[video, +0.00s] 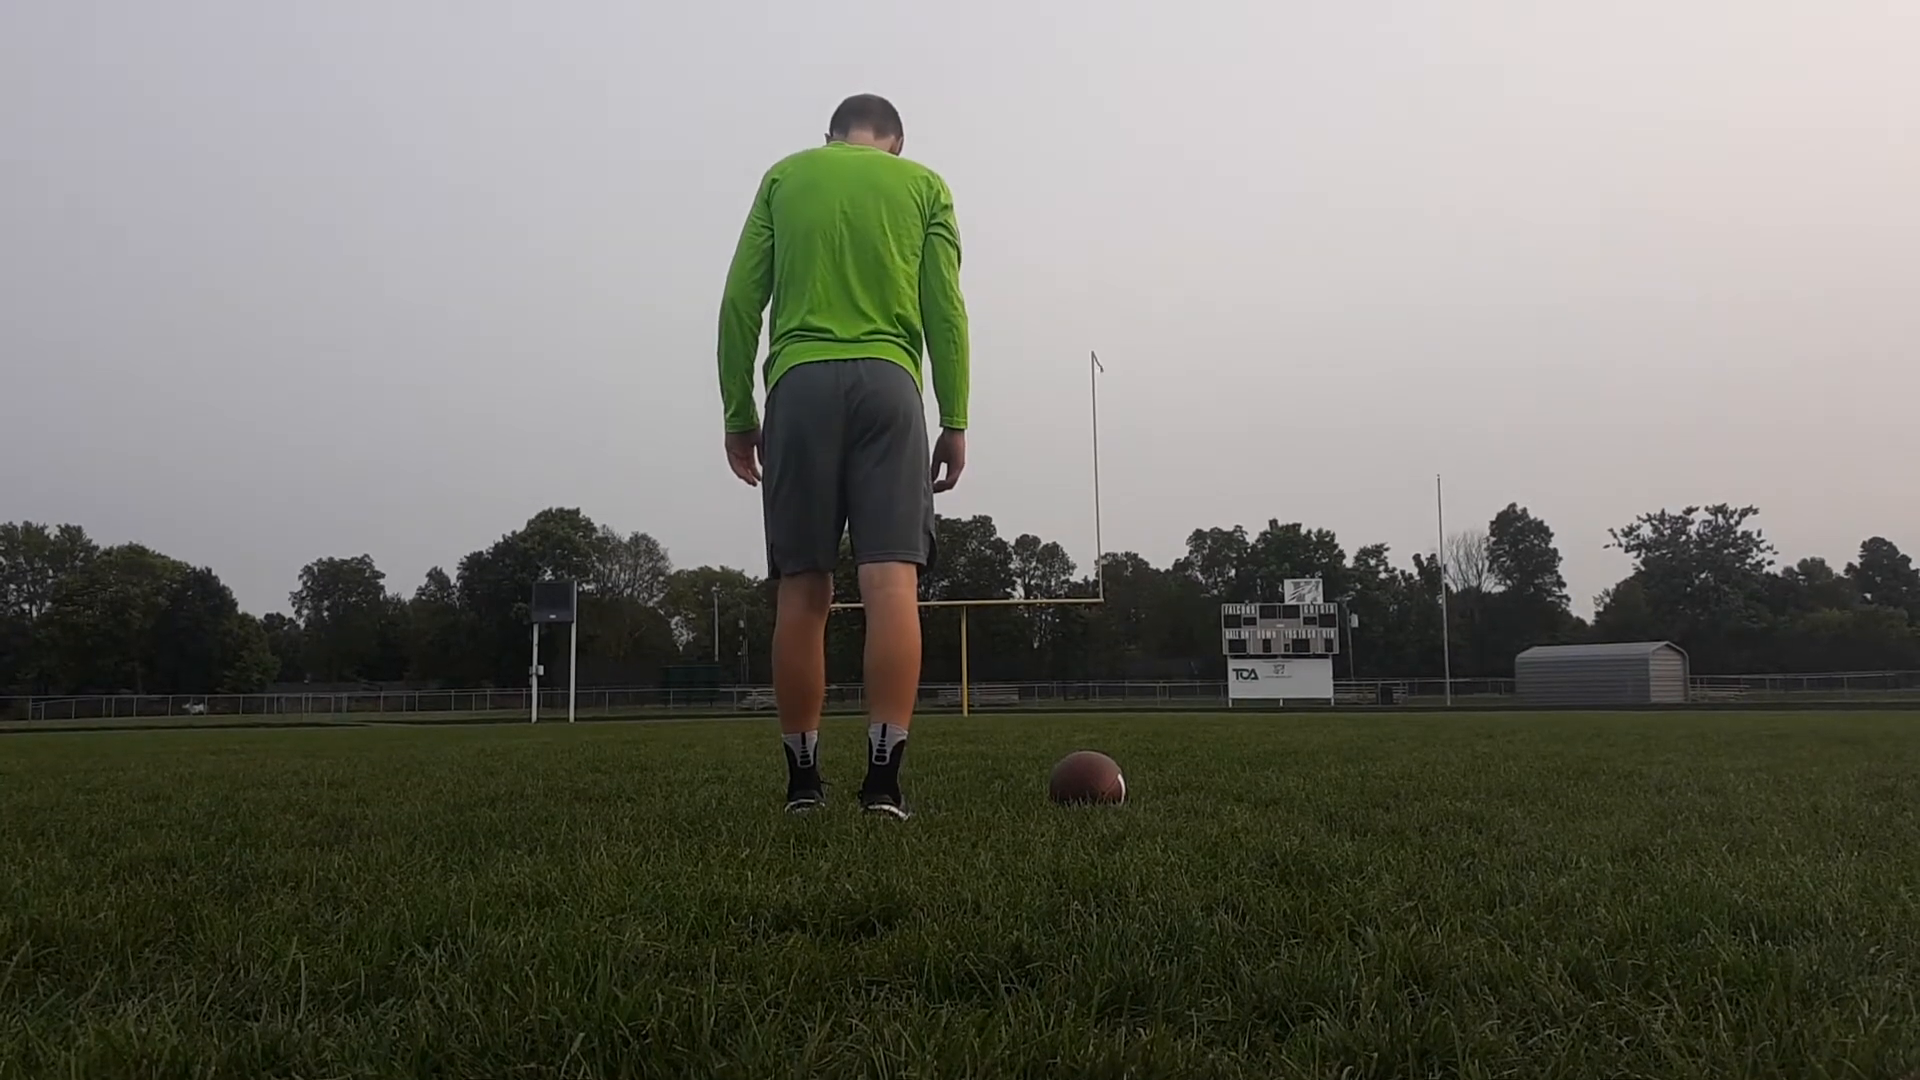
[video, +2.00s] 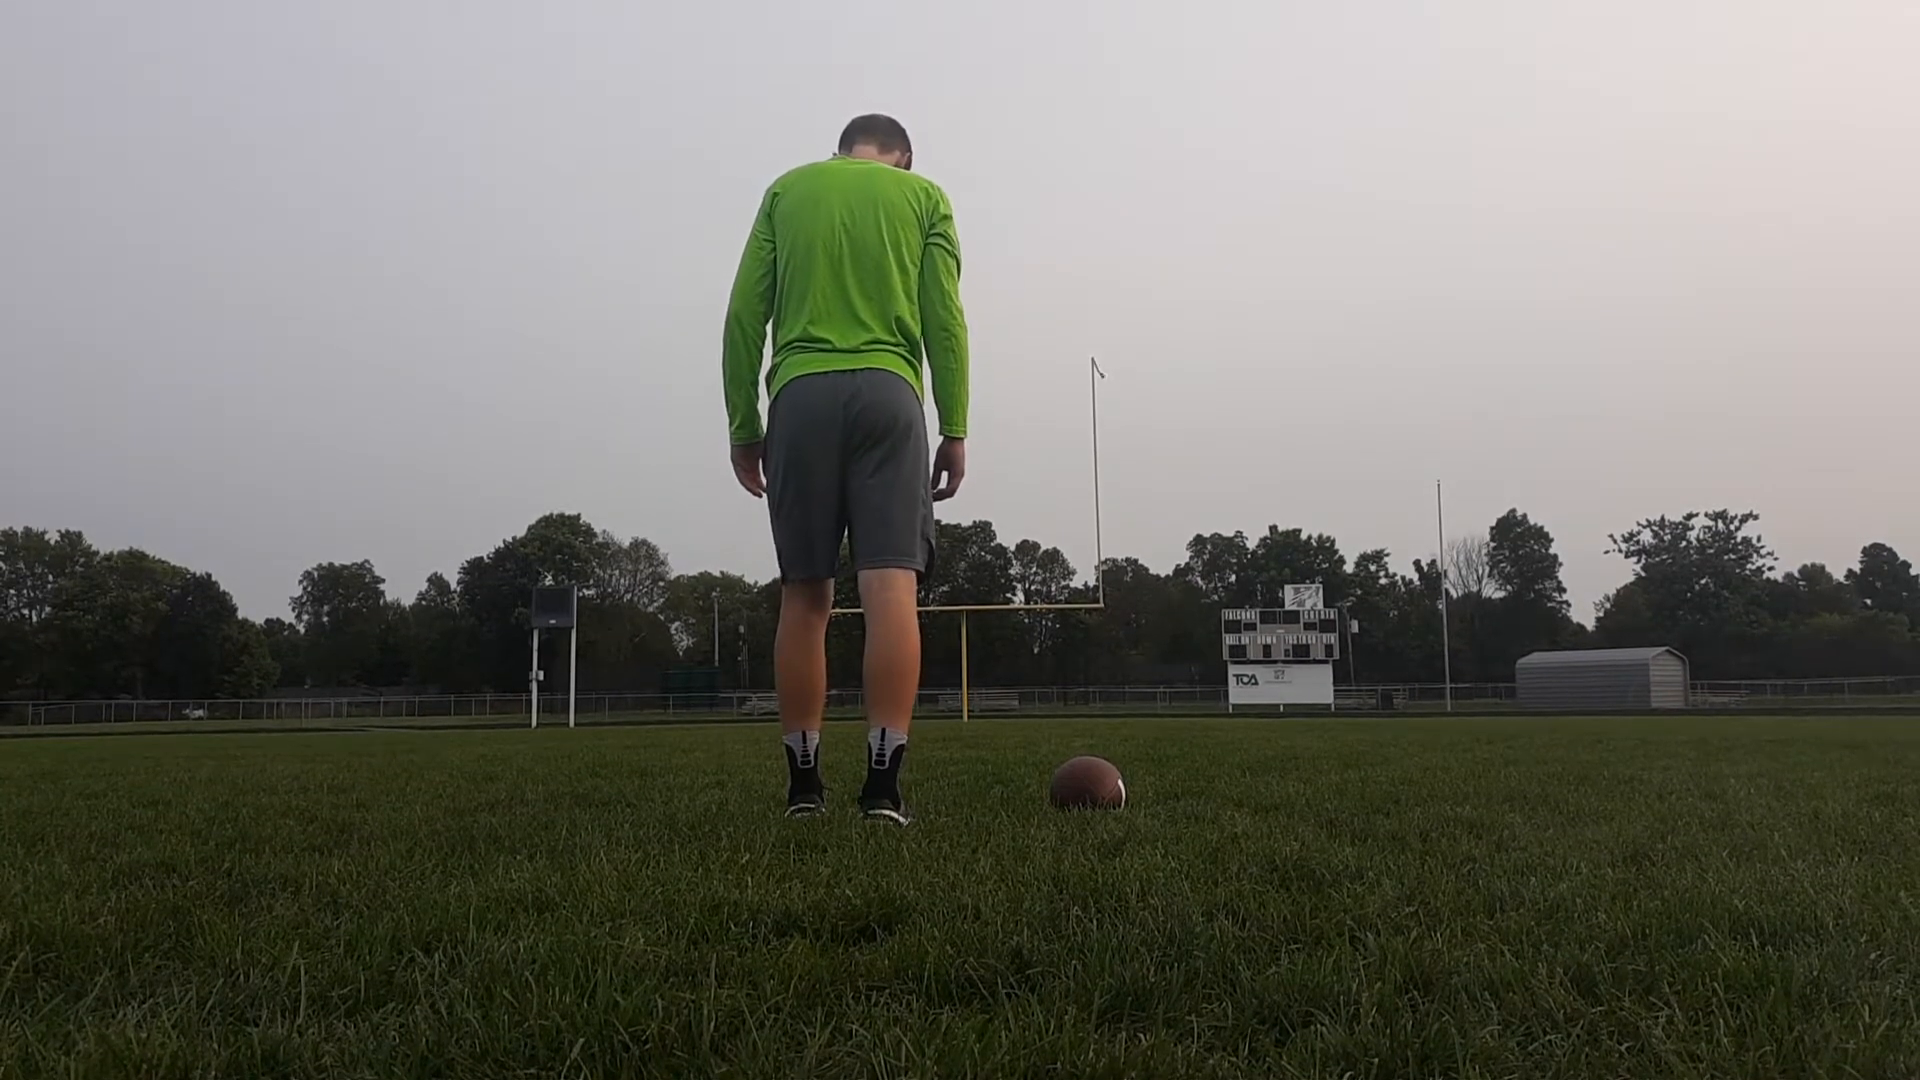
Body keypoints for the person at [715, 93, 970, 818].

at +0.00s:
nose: (895, 157)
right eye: (898, 146)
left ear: (831, 134)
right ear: (895, 139)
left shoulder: (785, 174)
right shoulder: (922, 184)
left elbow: (740, 298)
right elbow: (943, 304)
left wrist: (739, 414)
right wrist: (955, 421)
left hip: (800, 384)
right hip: (887, 383)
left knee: (802, 588)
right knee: (890, 583)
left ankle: (802, 782)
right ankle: (884, 785)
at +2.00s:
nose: (907, 176)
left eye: (901, 165)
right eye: (908, 166)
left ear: (841, 148)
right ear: (902, 155)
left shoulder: (787, 187)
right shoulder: (923, 193)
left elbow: (745, 311)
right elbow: (943, 313)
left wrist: (743, 427)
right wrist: (955, 429)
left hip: (801, 396)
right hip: (888, 394)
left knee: (804, 595)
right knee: (890, 591)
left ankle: (804, 787)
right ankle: (883, 792)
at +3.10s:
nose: (912, 168)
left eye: (907, 159)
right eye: (914, 157)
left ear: (846, 139)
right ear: (907, 146)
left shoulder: (792, 184)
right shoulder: (929, 190)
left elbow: (751, 310)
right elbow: (949, 313)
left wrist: (752, 426)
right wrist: (960, 428)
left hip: (808, 397)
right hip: (894, 396)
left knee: (807, 593)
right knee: (889, 591)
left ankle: (804, 785)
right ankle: (882, 789)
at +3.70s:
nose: (936, 134)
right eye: (938, 123)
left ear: (867, 102)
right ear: (933, 111)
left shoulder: (811, 142)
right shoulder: (955, 161)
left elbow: (757, 270)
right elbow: (983, 288)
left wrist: (747, 398)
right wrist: (1007, 412)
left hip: (812, 379)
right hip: (906, 383)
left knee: (803, 573)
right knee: (901, 587)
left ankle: (799, 690)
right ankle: (883, 793)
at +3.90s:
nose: (920, 107)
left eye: (911, 97)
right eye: (923, 97)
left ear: (850, 82)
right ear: (920, 89)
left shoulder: (796, 131)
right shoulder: (949, 144)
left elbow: (742, 270)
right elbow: (983, 272)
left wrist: (744, 396)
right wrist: (1004, 400)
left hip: (807, 371)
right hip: (905, 377)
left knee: (807, 579)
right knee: (903, 591)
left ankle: (794, 726)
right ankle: (885, 793)